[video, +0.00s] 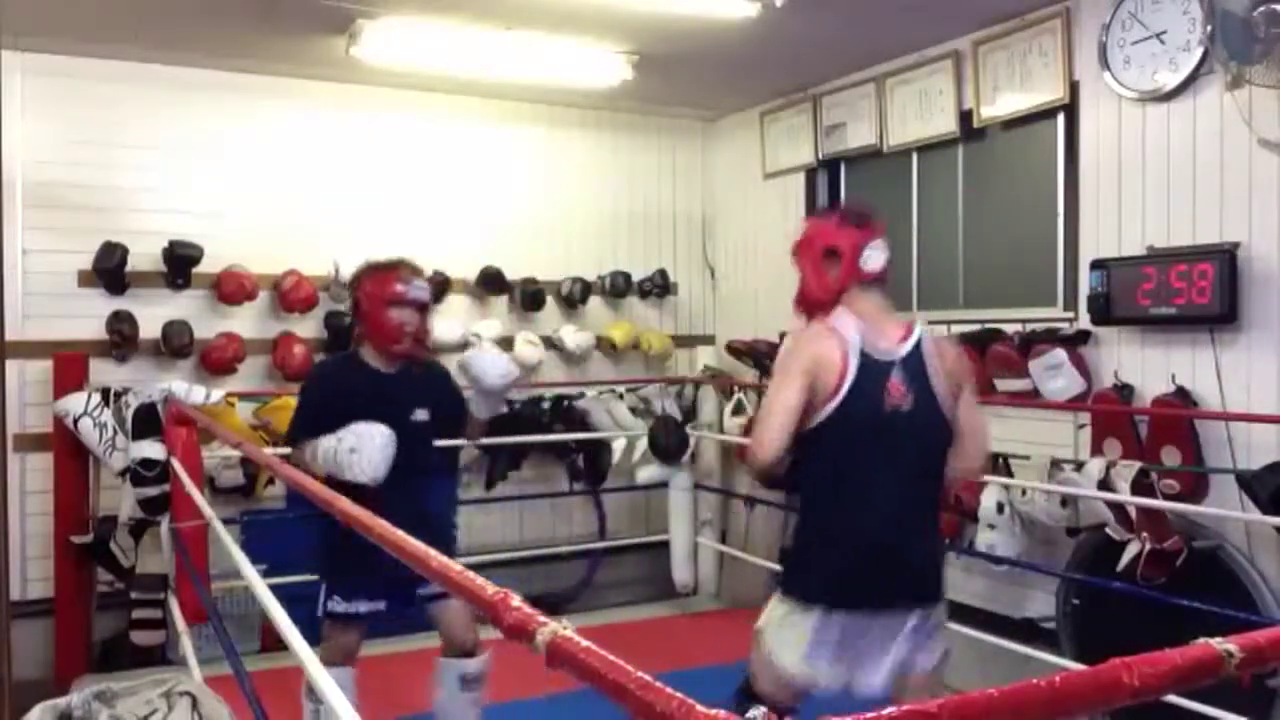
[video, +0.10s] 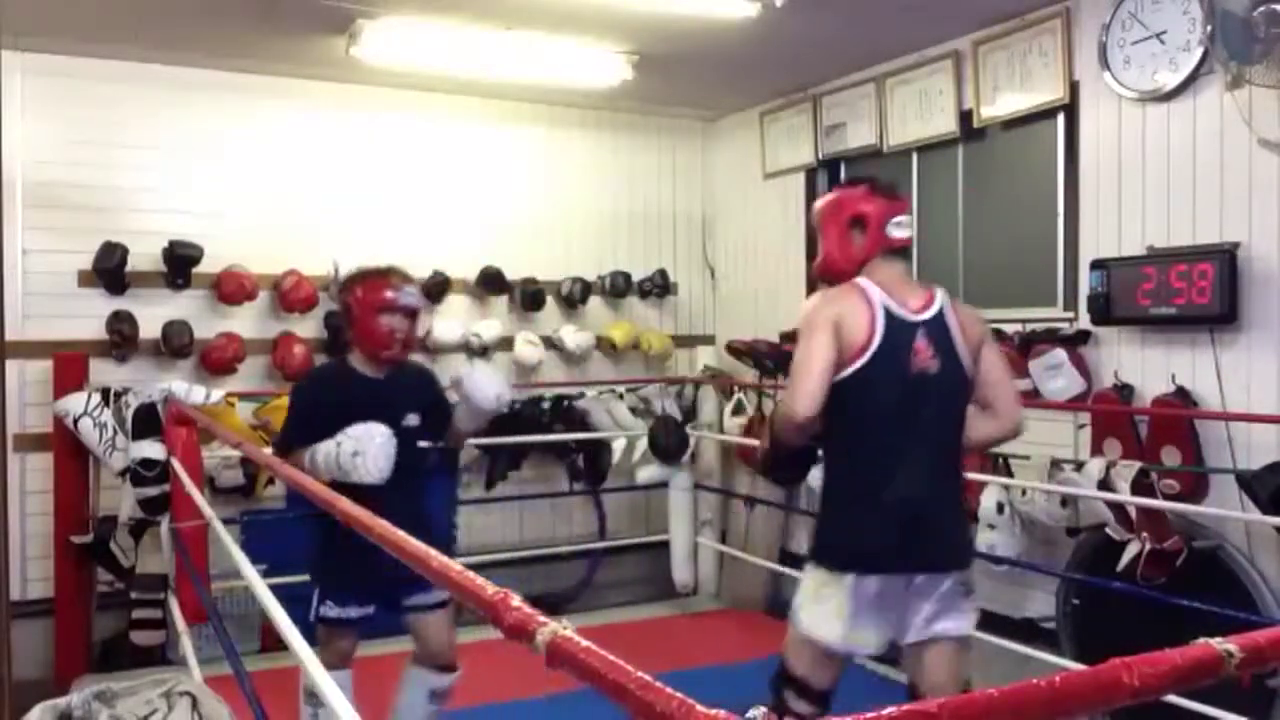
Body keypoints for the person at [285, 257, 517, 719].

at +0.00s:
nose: (410, 319)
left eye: (417, 308)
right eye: (397, 307)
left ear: (426, 314)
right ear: (366, 313)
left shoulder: (433, 378)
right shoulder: (330, 379)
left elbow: (467, 442)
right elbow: (299, 455)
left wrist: (487, 400)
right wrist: (332, 451)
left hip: (427, 536)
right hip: (352, 539)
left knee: (464, 639)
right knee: (341, 647)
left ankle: (459, 712)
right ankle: (319, 714)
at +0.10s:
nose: (399, 327)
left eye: (408, 317)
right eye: (387, 315)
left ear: (416, 323)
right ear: (356, 320)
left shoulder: (418, 380)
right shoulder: (320, 387)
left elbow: (446, 442)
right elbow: (286, 462)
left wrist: (472, 411)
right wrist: (329, 457)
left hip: (416, 541)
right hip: (345, 543)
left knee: (439, 653)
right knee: (337, 652)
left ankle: (411, 715)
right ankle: (324, 716)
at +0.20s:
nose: (393, 329)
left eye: (401, 319)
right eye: (380, 316)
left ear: (410, 326)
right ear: (346, 324)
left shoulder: (408, 382)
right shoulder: (314, 390)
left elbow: (421, 455)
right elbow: (286, 468)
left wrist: (459, 430)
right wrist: (337, 457)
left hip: (408, 543)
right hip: (341, 546)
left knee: (428, 660)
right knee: (337, 656)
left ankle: (404, 715)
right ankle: (322, 715)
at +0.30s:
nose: (394, 325)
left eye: (401, 315)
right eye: (381, 313)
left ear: (409, 322)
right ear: (346, 319)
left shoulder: (403, 378)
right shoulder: (309, 386)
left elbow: (413, 452)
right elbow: (284, 466)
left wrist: (452, 429)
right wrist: (344, 444)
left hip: (406, 537)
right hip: (340, 542)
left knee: (449, 645)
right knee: (335, 655)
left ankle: (422, 714)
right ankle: (322, 716)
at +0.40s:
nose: (398, 330)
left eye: (405, 319)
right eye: (386, 317)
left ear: (412, 325)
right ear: (351, 322)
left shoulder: (403, 380)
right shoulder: (314, 386)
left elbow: (404, 463)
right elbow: (287, 468)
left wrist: (447, 434)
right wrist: (352, 444)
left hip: (404, 541)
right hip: (339, 546)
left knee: (458, 635)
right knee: (334, 656)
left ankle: (451, 713)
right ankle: (321, 717)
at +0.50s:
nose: (406, 332)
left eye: (413, 322)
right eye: (394, 319)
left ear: (421, 326)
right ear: (361, 324)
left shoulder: (409, 383)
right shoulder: (323, 391)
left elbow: (405, 457)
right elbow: (299, 472)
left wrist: (452, 441)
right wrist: (368, 446)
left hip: (411, 543)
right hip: (344, 548)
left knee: (454, 644)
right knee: (336, 656)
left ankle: (473, 713)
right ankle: (321, 715)